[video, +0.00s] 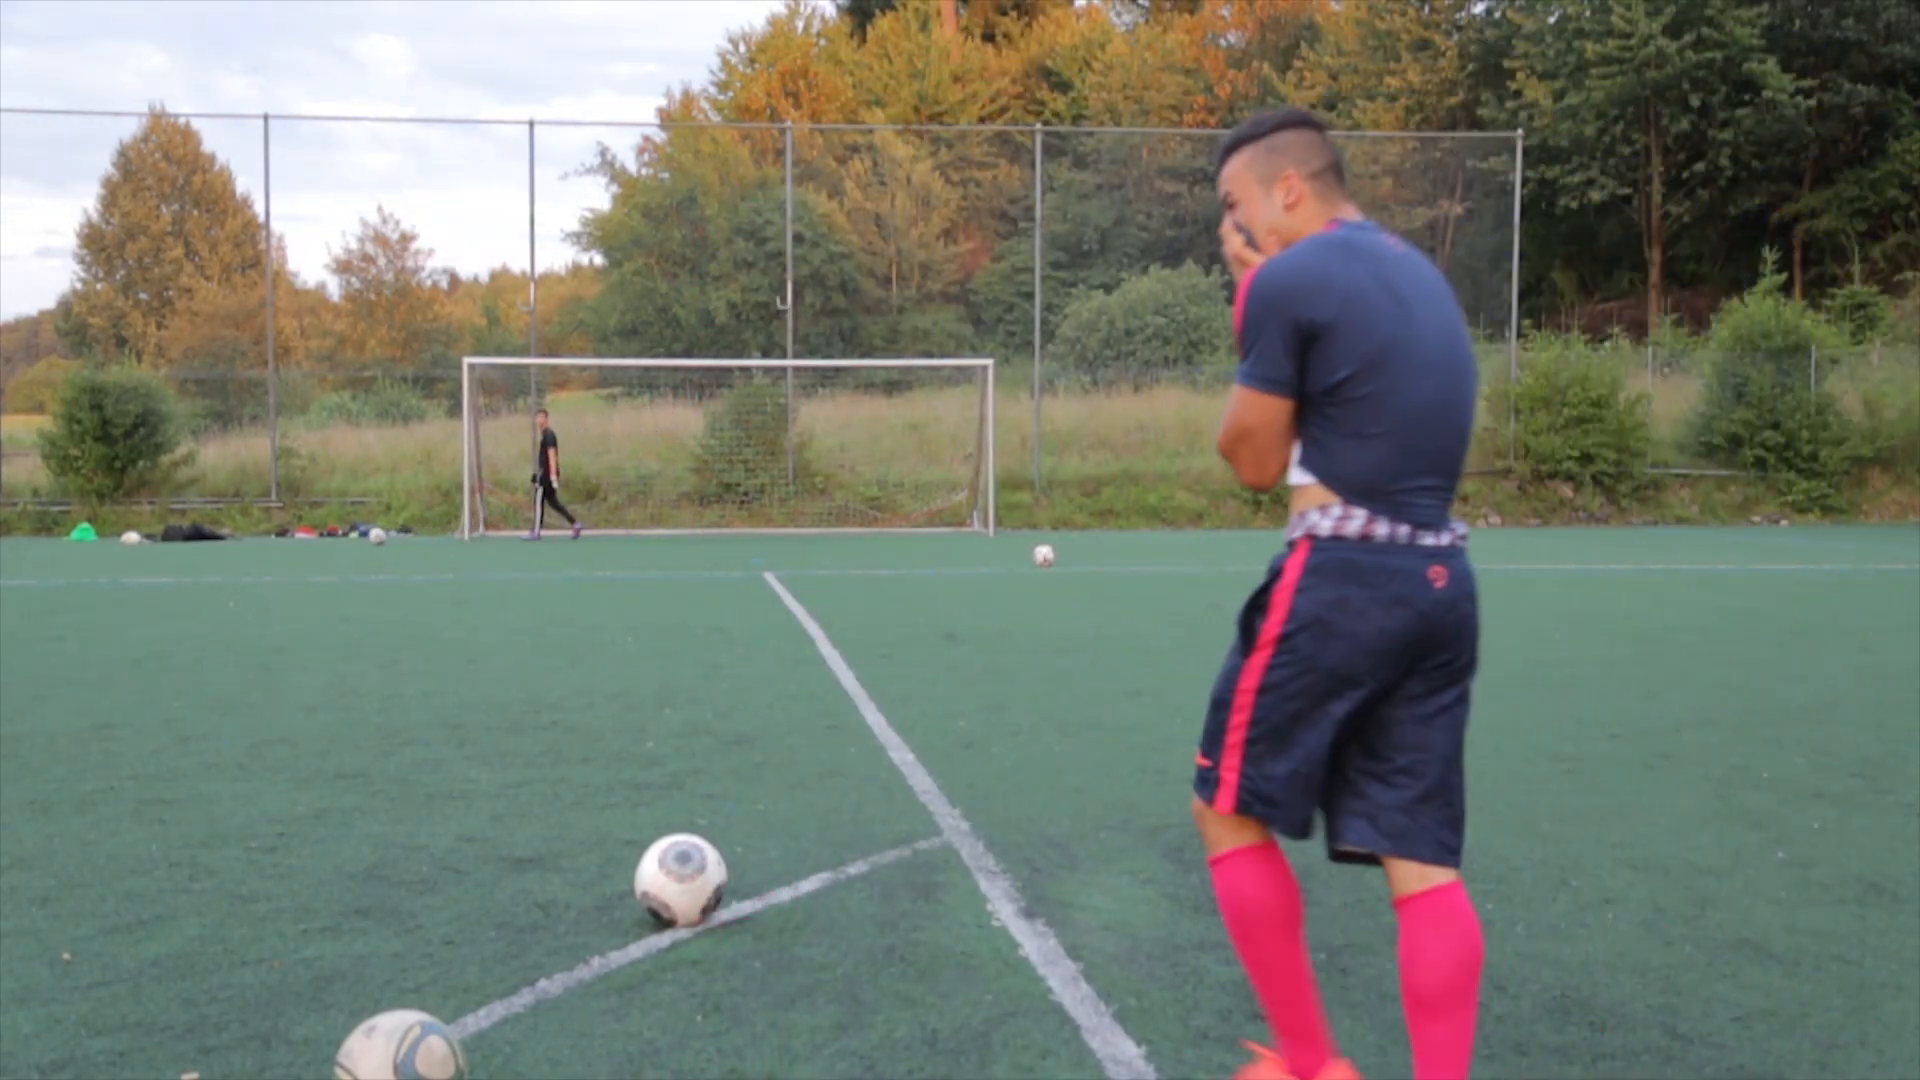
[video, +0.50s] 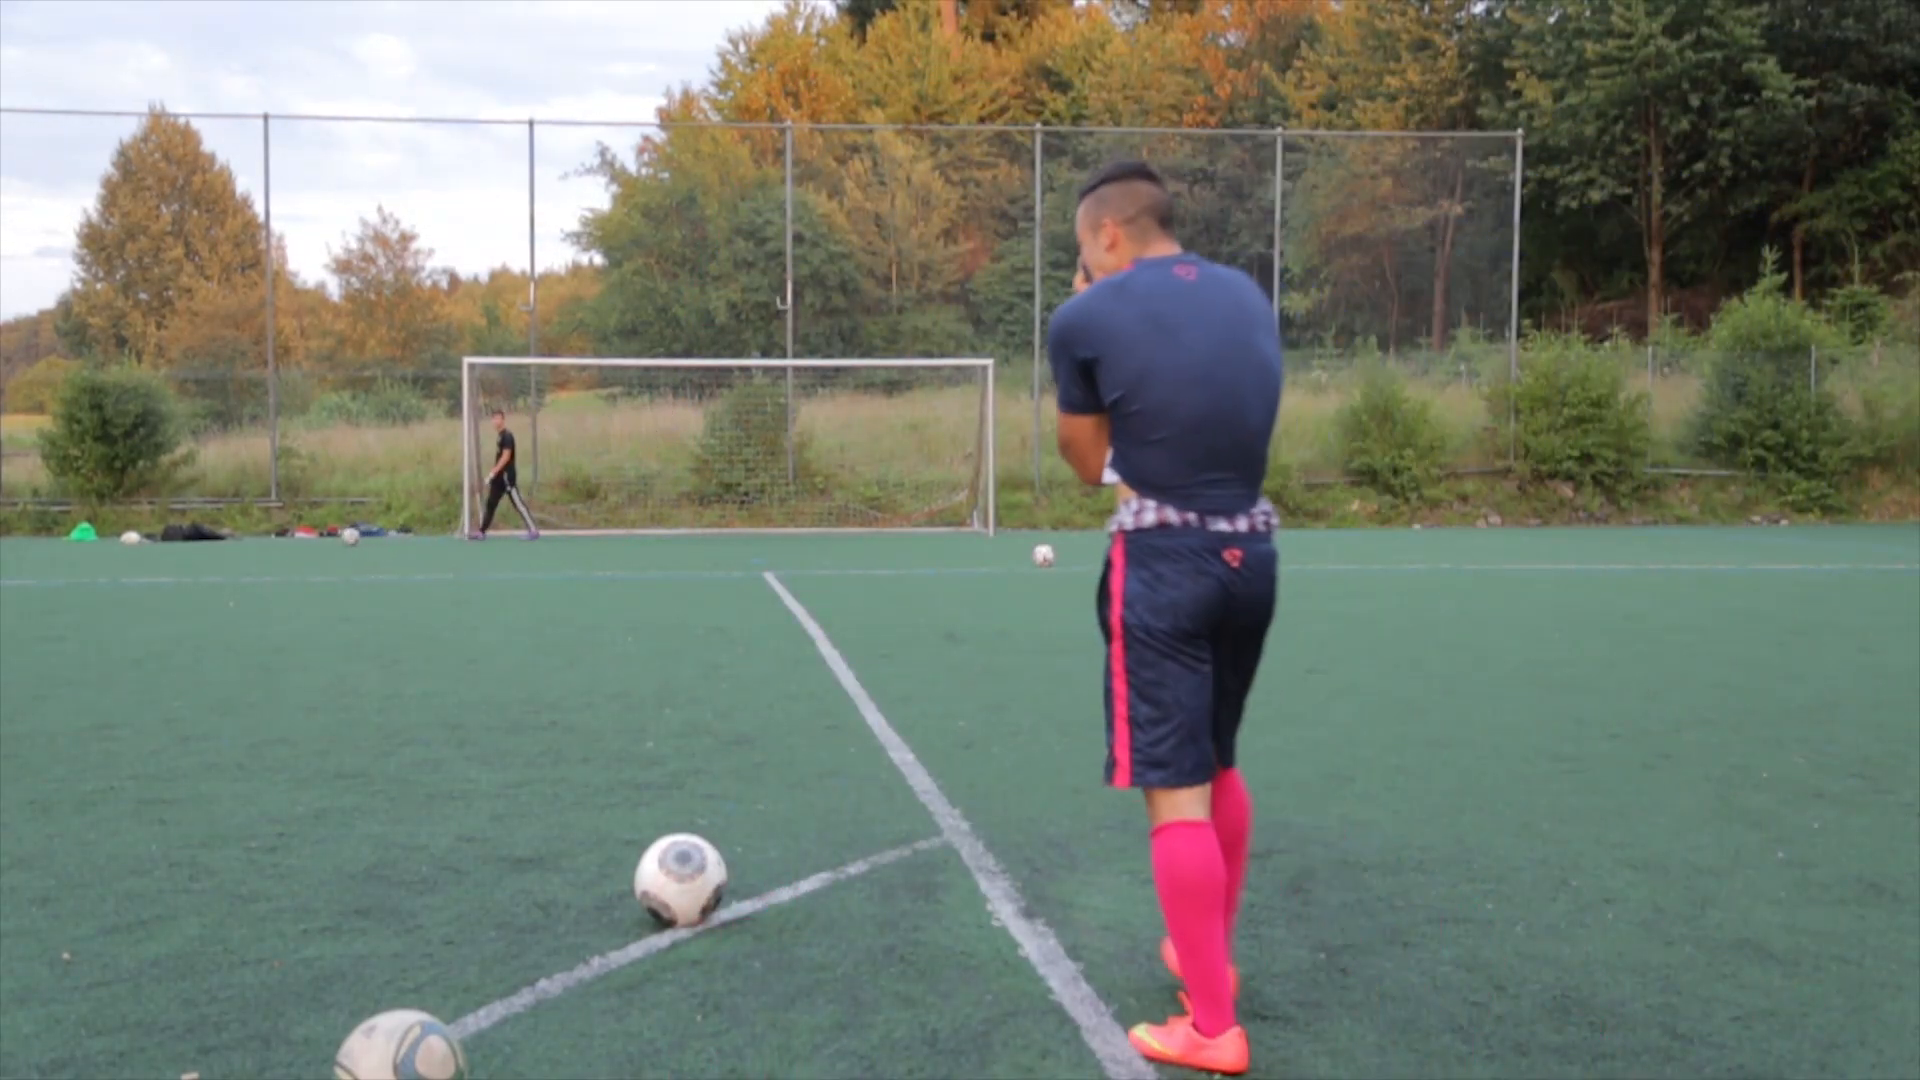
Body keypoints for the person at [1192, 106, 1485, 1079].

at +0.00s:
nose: (1240, 234)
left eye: (1242, 212)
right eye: (1234, 216)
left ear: (1289, 189)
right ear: (1322, 191)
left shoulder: (1295, 277)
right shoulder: (1414, 269)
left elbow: (1254, 461)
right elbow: (1368, 427)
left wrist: (1255, 304)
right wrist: (1270, 297)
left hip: (1335, 580)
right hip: (1439, 584)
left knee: (1231, 807)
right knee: (1421, 851)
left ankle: (1305, 1055)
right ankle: (1446, 1071)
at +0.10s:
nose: (1198, 261)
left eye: (1199, 240)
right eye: (1193, 243)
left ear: (1248, 217)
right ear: (1277, 219)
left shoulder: (1244, 304)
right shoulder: (1374, 292)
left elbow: (1213, 479)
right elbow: (1344, 441)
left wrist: (1210, 333)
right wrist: (1235, 321)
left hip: (1293, 599)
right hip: (1399, 596)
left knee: (1238, 820)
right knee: (1396, 847)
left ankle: (1215, 1030)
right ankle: (1437, 1070)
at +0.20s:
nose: (1153, 279)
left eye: (1154, 260)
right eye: (1148, 262)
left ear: (1195, 243)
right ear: (1243, 237)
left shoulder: (1182, 333)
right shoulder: (1333, 303)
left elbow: (1176, 496)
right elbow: (1324, 443)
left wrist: (1161, 364)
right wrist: (1200, 341)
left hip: (1253, 605)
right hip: (1361, 596)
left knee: (1219, 822)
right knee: (1355, 834)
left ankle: (1214, 1027)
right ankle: (1422, 1056)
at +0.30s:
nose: (1125, 277)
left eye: (1122, 261)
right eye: (1121, 262)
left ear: (1150, 243)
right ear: (1208, 231)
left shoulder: (1138, 330)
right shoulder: (1302, 296)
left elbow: (1150, 482)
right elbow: (1302, 431)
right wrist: (1176, 334)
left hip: (1218, 585)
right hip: (1318, 581)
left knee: (1184, 805)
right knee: (1299, 789)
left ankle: (1212, 1027)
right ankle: (1364, 959)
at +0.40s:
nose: (1104, 257)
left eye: (1102, 243)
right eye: (1103, 245)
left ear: (1129, 229)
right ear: (1187, 220)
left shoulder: (1109, 312)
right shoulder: (1274, 286)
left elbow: (1117, 461)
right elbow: (1255, 414)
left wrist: (1120, 335)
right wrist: (1147, 321)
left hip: (1188, 568)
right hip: (1283, 563)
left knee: (1184, 797)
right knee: (1253, 766)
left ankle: (1211, 1026)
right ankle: (1292, 951)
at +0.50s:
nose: (1083, 264)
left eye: (1082, 249)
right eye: (1081, 251)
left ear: (1109, 234)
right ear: (1165, 226)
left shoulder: (1086, 317)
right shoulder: (1246, 295)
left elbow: (1090, 461)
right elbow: (1236, 423)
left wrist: (1098, 339)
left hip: (1161, 567)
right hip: (1250, 562)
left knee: (1178, 801)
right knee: (1214, 763)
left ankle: (1214, 1026)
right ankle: (1208, 948)